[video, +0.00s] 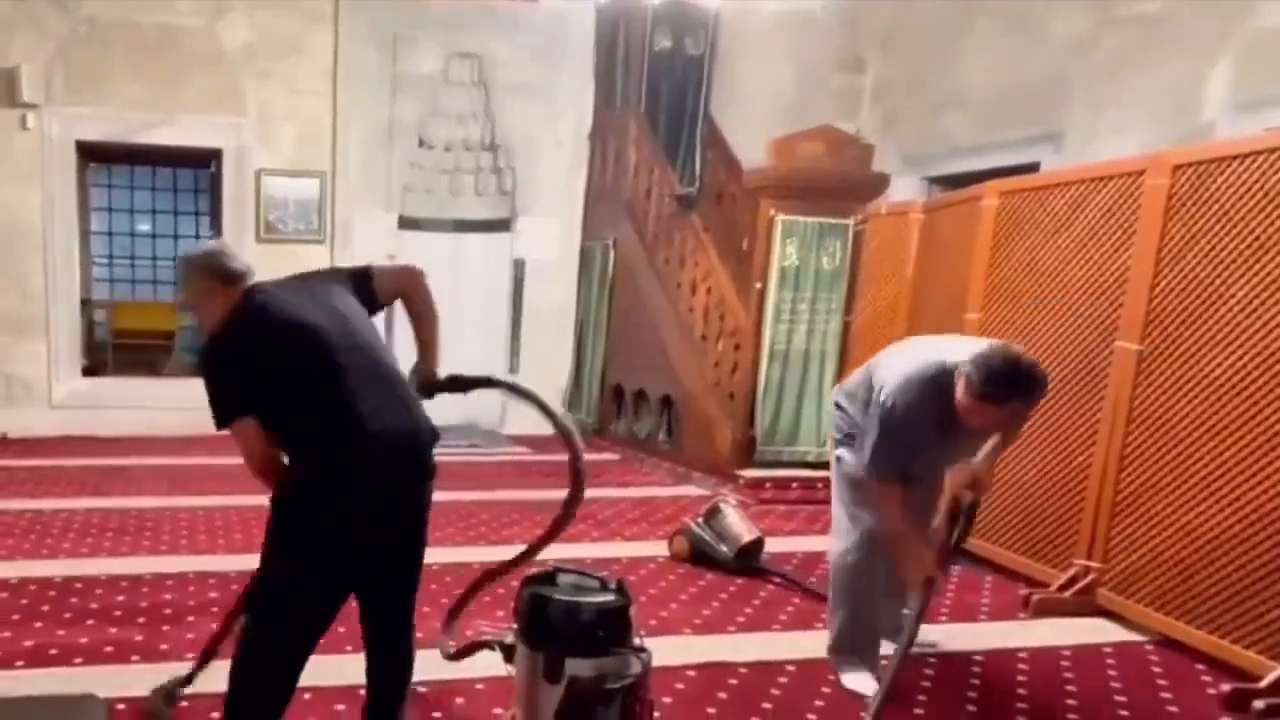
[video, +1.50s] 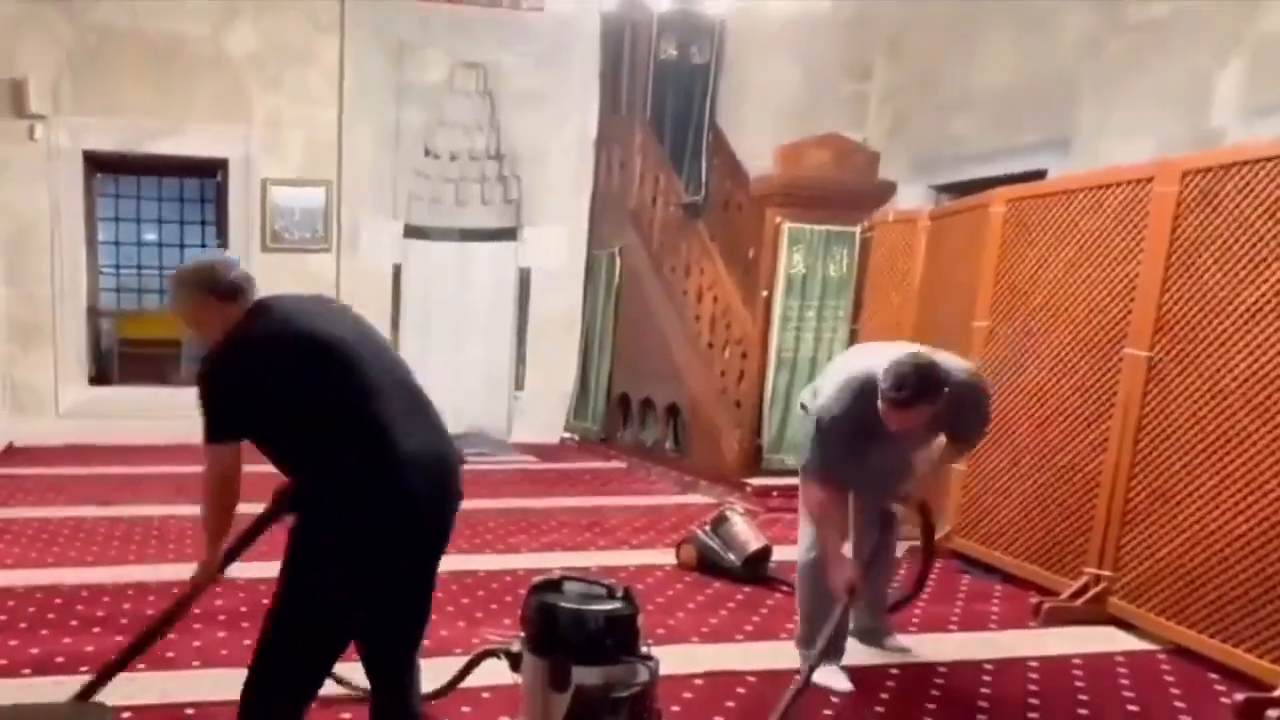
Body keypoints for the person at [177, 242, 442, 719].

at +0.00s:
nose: (196, 317)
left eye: (195, 304)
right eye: (192, 306)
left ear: (212, 291)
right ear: (244, 278)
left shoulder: (225, 346)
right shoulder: (319, 286)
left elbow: (260, 458)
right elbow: (410, 277)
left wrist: (296, 494)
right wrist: (427, 366)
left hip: (333, 477)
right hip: (408, 461)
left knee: (276, 637)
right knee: (391, 628)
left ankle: (247, 715)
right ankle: (386, 714)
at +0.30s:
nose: (113, 333)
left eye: (111, 320)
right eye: (108, 322)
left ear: (128, 310)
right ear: (166, 293)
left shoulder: (146, 359)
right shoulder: (234, 312)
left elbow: (147, 475)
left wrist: (132, 545)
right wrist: (244, 476)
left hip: (279, 486)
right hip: (356, 465)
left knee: (233, 650)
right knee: (362, 633)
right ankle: (381, 710)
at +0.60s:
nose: (51, 374)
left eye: (48, 360)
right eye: (44, 361)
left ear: (68, 345)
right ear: (103, 330)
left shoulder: (83, 395)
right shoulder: (176, 349)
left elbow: (55, 501)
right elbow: (175, 476)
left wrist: (14, 574)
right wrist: (127, 546)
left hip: (246, 490)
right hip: (324, 461)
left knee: (214, 649)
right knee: (354, 622)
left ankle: (215, 713)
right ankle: (391, 706)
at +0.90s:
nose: (58, 391)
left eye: (52, 378)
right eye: (51, 380)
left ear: (66, 363)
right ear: (103, 338)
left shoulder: (84, 402)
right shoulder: (178, 360)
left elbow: (40, 509)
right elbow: (162, 494)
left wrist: (5, 568)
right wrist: (105, 551)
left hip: (245, 496)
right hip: (327, 468)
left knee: (213, 651)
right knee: (360, 640)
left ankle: (213, 719)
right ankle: (391, 711)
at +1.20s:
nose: (116, 366)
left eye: (112, 348)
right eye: (110, 352)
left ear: (132, 328)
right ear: (166, 314)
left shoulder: (148, 381)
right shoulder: (232, 332)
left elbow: (116, 496)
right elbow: (276, 430)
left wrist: (78, 574)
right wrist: (213, 510)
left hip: (290, 499)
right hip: (371, 469)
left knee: (238, 664)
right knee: (356, 645)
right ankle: (390, 710)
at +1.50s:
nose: (195, 335)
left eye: (192, 322)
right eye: (188, 324)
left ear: (209, 307)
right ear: (243, 291)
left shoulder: (227, 364)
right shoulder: (315, 311)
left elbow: (223, 479)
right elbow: (361, 401)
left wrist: (211, 556)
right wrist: (304, 477)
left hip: (354, 501)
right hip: (433, 481)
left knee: (286, 666)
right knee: (393, 656)